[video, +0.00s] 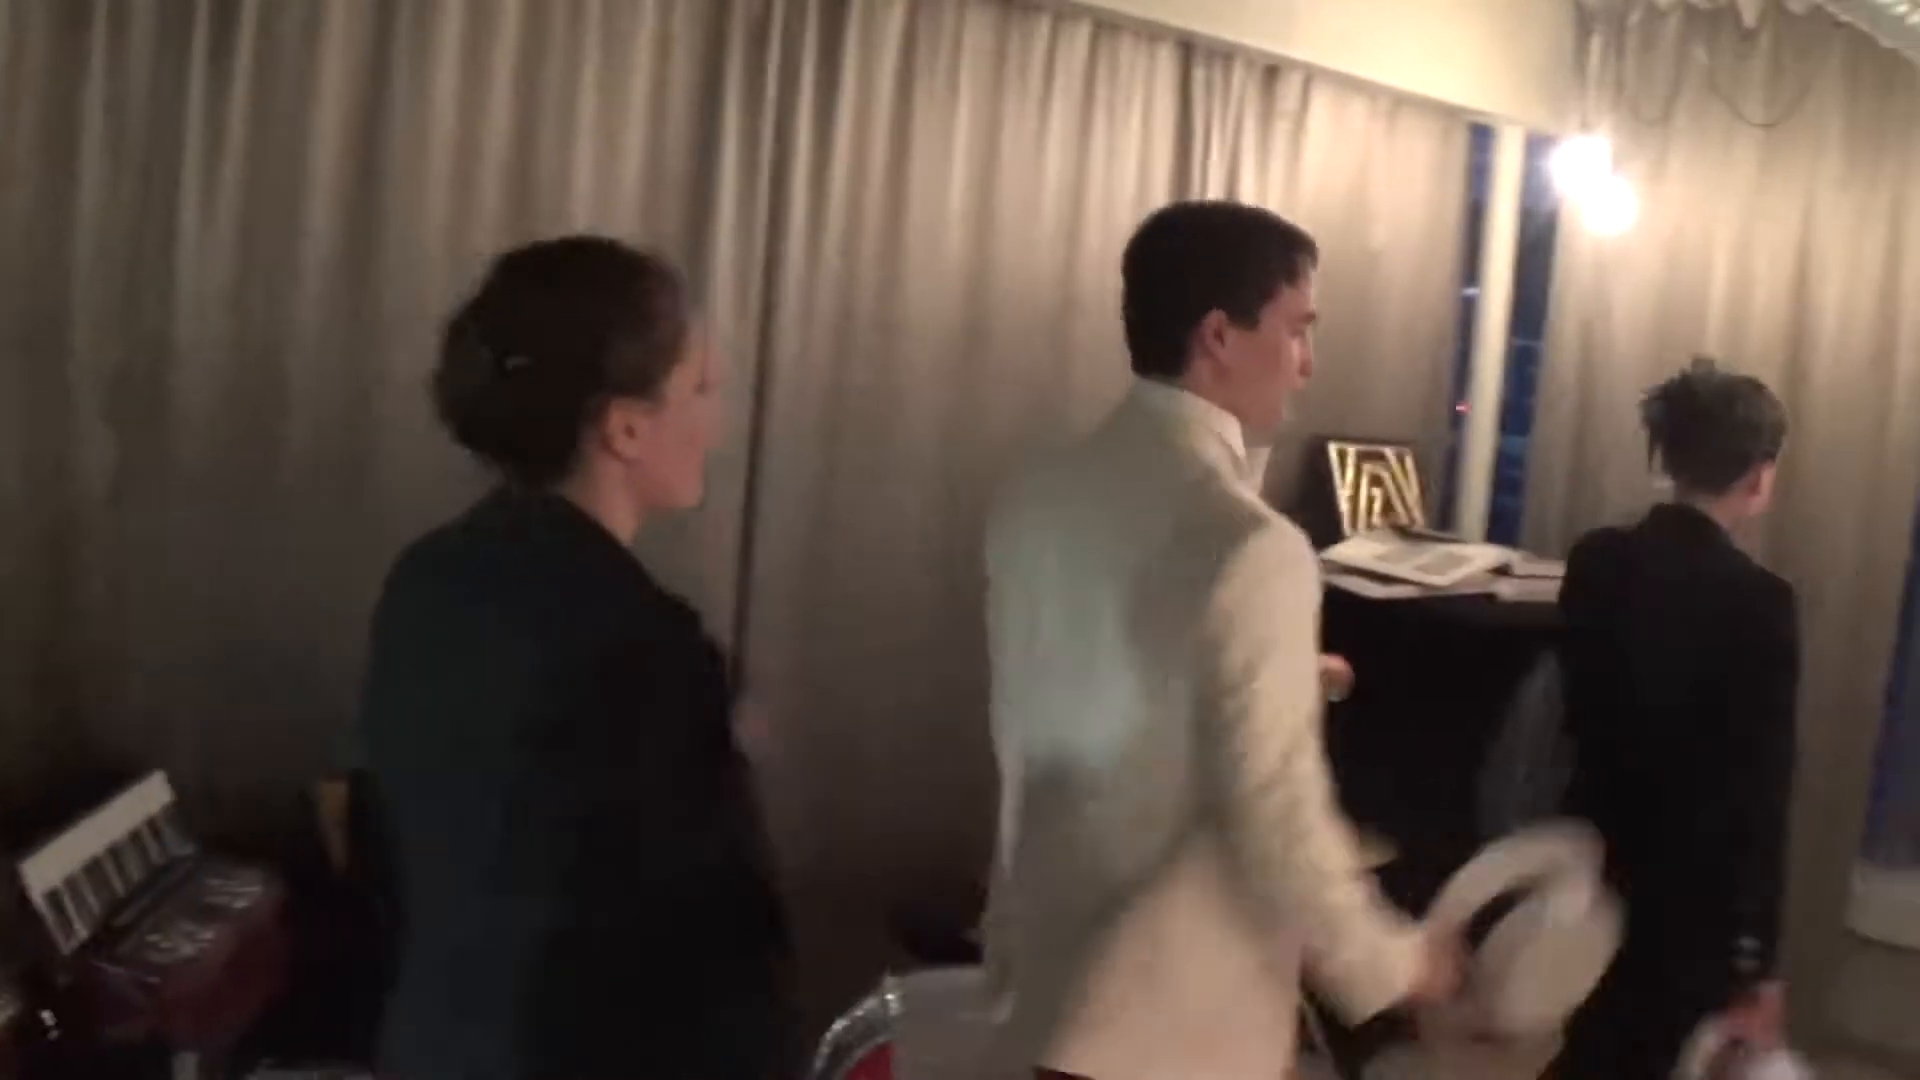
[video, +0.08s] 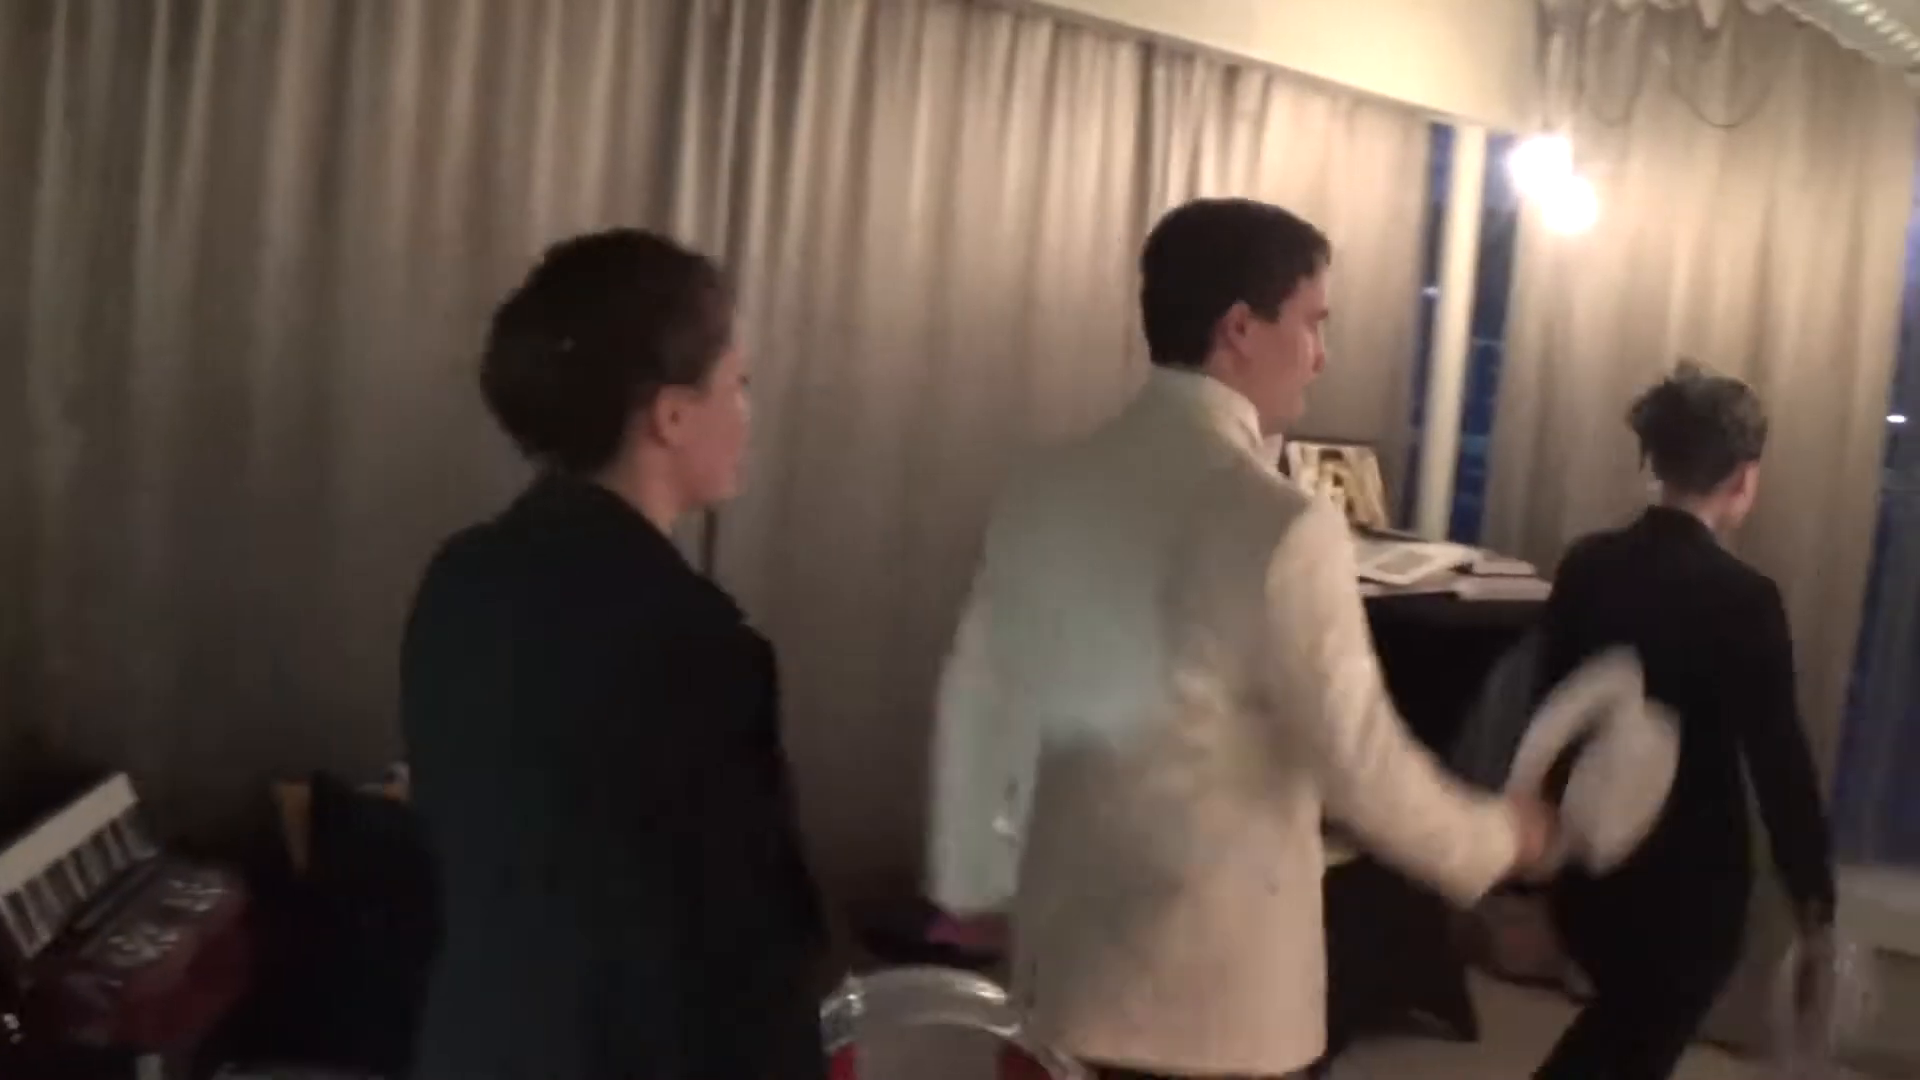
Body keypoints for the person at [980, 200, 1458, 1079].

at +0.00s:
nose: (1307, 364)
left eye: (1308, 330)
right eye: (1297, 329)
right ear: (1218, 337)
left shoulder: (1036, 492)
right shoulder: (1248, 546)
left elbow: (1084, 694)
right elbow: (1274, 811)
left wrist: (1271, 679)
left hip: (1040, 968)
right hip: (1184, 1002)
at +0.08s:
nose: (1321, 356)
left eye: (1322, 325)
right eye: (1313, 323)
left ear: (1177, 330)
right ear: (1239, 330)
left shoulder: (1048, 486)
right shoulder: (1281, 524)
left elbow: (980, 688)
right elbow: (1357, 755)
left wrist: (971, 883)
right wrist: (1500, 837)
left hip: (1059, 934)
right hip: (1219, 969)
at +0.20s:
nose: (1322, 337)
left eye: (1325, 311)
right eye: (1318, 309)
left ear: (1173, 297)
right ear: (1260, 307)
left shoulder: (1036, 455)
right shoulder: (1312, 484)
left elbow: (915, 641)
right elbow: (1452, 677)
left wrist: (889, 814)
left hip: (1039, 902)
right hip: (1227, 925)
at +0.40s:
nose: (1301, 355)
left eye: (1305, 330)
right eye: (1301, 329)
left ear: (1166, 310)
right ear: (1251, 329)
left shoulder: (1045, 463)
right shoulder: (1285, 505)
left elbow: (960, 664)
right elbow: (1369, 712)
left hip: (1059, 911)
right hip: (1205, 944)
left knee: (1089, 1066)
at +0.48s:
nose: (1300, 363)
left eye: (1302, 338)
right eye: (1298, 337)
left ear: (1167, 329)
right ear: (1254, 345)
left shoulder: (1048, 476)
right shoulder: (1272, 519)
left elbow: (1003, 678)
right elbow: (1309, 740)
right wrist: (1402, 875)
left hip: (1030, 899)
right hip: (1200, 926)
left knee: (1080, 1060)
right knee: (1243, 1063)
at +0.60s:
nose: (1308, 367)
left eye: (1312, 342)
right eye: (1308, 341)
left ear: (1184, 328)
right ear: (1267, 344)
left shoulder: (1082, 470)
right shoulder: (1266, 517)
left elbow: (1076, 659)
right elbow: (1252, 740)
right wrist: (1302, 918)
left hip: (1071, 879)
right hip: (1205, 902)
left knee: (1090, 1067)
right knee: (1267, 1066)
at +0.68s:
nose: (1321, 351)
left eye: (1322, 328)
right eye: (1318, 327)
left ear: (1207, 315)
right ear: (1281, 331)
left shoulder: (1116, 439)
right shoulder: (1264, 492)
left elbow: (1171, 613)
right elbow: (1237, 709)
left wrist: (1325, 612)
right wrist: (1271, 893)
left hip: (1078, 866)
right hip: (1202, 892)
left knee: (1081, 1062)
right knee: (1251, 1062)